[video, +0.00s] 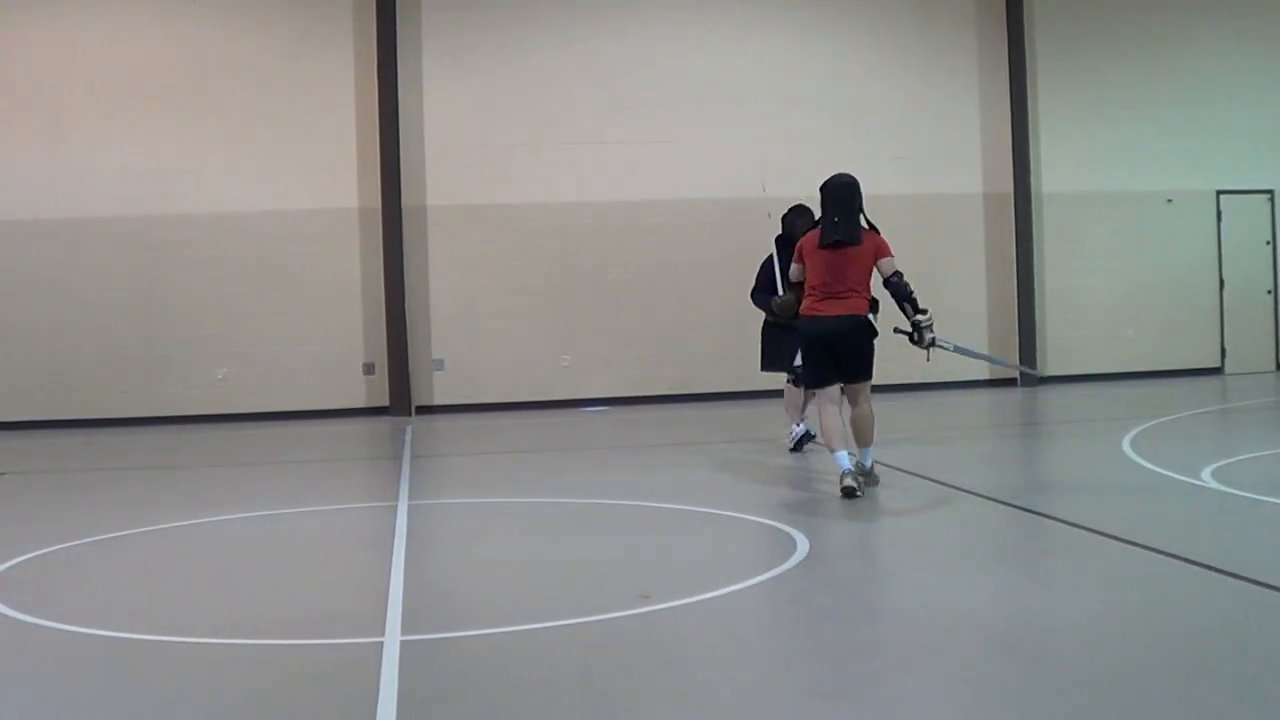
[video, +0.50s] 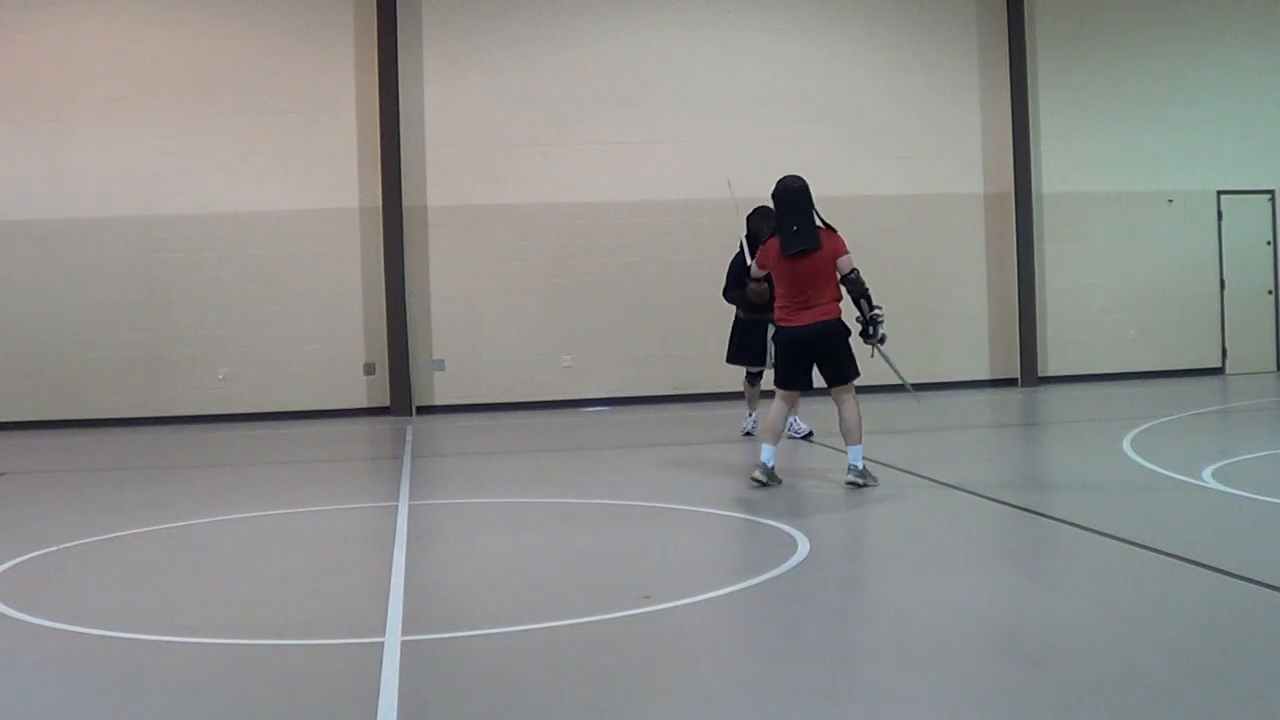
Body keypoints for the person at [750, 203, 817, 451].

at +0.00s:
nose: (808, 232)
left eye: (810, 226)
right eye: (803, 227)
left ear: (814, 227)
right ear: (790, 229)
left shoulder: (818, 256)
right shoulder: (778, 259)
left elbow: (840, 284)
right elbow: (758, 293)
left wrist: (867, 301)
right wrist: (774, 304)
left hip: (812, 322)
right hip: (785, 325)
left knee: (814, 375)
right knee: (796, 374)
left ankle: (799, 420)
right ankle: (796, 426)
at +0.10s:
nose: (798, 242)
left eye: (803, 237)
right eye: (794, 236)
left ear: (809, 238)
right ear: (784, 236)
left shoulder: (814, 263)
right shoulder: (774, 265)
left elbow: (822, 292)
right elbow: (756, 300)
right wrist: (773, 311)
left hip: (807, 325)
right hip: (777, 326)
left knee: (807, 372)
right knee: (788, 368)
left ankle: (800, 421)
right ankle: (791, 423)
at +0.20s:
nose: (790, 244)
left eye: (794, 239)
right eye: (785, 238)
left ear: (802, 240)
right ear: (777, 238)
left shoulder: (806, 262)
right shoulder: (767, 263)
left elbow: (816, 290)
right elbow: (750, 297)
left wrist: (809, 312)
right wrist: (769, 308)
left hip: (802, 323)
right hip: (772, 323)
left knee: (802, 374)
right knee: (780, 372)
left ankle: (796, 420)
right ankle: (781, 416)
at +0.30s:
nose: (784, 238)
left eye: (789, 231)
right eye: (779, 231)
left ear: (794, 231)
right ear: (770, 232)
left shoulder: (802, 254)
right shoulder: (758, 256)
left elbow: (814, 285)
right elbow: (743, 289)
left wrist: (804, 309)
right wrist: (761, 301)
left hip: (799, 317)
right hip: (767, 320)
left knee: (799, 375)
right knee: (769, 375)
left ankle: (796, 422)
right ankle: (766, 405)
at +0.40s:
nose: (779, 226)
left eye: (782, 220)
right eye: (773, 220)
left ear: (787, 222)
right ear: (762, 224)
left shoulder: (793, 250)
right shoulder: (751, 254)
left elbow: (805, 281)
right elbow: (736, 287)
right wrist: (755, 296)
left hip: (792, 318)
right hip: (760, 320)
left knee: (796, 373)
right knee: (759, 374)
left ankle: (795, 420)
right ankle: (753, 414)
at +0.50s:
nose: (770, 235)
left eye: (773, 230)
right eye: (764, 230)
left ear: (778, 229)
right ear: (754, 231)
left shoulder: (785, 254)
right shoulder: (743, 259)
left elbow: (797, 284)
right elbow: (730, 292)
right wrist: (750, 300)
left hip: (785, 318)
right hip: (753, 321)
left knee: (790, 371)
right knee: (753, 373)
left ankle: (793, 419)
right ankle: (751, 416)